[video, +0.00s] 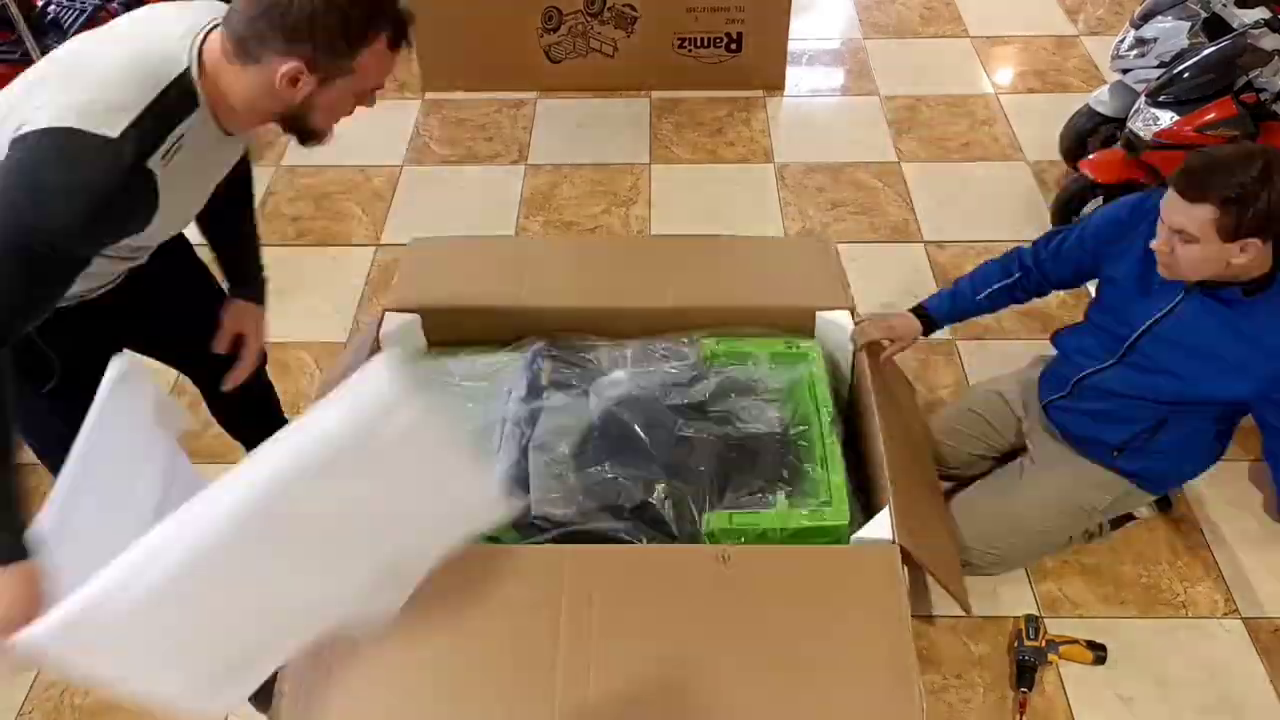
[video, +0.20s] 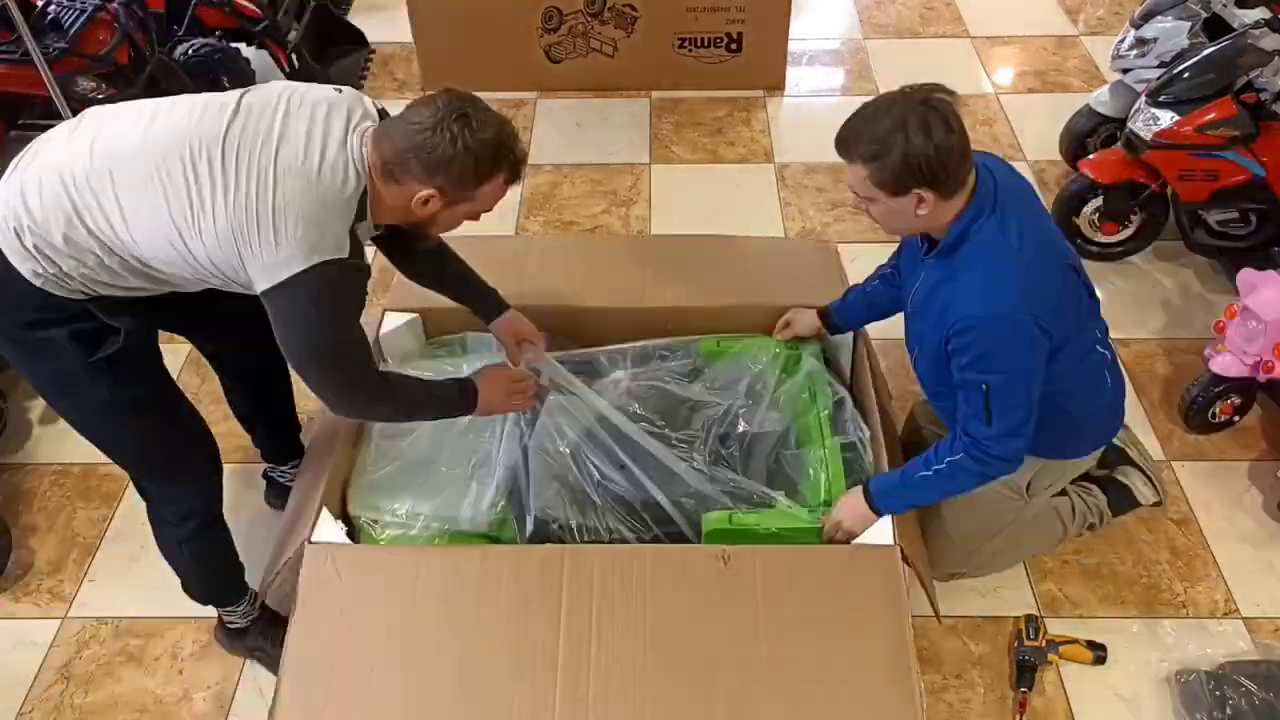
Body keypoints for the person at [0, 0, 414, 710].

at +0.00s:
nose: (363, 108)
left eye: (372, 94)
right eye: (362, 94)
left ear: (294, 73)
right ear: (294, 80)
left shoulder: (229, 48)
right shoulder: (81, 173)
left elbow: (223, 168)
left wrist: (247, 287)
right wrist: (10, 556)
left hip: (145, 253)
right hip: (41, 317)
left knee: (247, 392)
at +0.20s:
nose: (476, 220)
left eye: (482, 209)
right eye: (475, 210)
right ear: (424, 199)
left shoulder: (366, 120)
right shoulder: (302, 234)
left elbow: (406, 241)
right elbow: (349, 391)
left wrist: (499, 313)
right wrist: (474, 394)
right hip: (33, 262)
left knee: (246, 331)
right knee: (181, 458)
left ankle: (284, 469)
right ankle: (233, 611)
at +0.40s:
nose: (462, 252)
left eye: (472, 241)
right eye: (467, 241)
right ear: (426, 231)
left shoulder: (353, 146)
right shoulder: (303, 276)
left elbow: (371, 260)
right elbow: (308, 441)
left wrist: (434, 330)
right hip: (27, 274)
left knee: (240, 342)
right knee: (176, 465)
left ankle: (283, 467)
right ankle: (236, 615)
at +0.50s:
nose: (499, 266)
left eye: (504, 255)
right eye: (496, 256)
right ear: (444, 250)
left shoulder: (398, 167)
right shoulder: (357, 296)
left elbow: (462, 267)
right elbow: (427, 456)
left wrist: (539, 347)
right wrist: (563, 458)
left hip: (85, 178)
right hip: (34, 285)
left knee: (264, 342)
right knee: (192, 476)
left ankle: (291, 472)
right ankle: (238, 610)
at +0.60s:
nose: (433, 472)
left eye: (442, 456)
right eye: (413, 468)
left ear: (440, 375)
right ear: (339, 427)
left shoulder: (390, 287)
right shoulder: (229, 478)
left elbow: (498, 337)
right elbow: (267, 650)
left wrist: (614, 362)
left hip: (89, 219)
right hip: (18, 316)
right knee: (175, 518)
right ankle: (240, 618)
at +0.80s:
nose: (416, 472)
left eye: (427, 455)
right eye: (394, 470)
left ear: (400, 375)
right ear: (306, 440)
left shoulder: (360, 295)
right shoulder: (174, 496)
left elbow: (435, 297)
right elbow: (127, 604)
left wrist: (540, 370)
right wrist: (228, 711)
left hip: (74, 219)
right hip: (8, 314)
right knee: (164, 525)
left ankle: (286, 470)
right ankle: (254, 610)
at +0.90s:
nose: (445, 410)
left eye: (466, 394)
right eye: (444, 403)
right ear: (396, 392)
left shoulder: (410, 283)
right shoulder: (228, 423)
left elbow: (509, 359)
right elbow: (189, 590)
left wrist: (608, 404)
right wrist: (228, 719)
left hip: (101, 204)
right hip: (24, 289)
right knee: (169, 497)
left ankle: (285, 468)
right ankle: (239, 595)